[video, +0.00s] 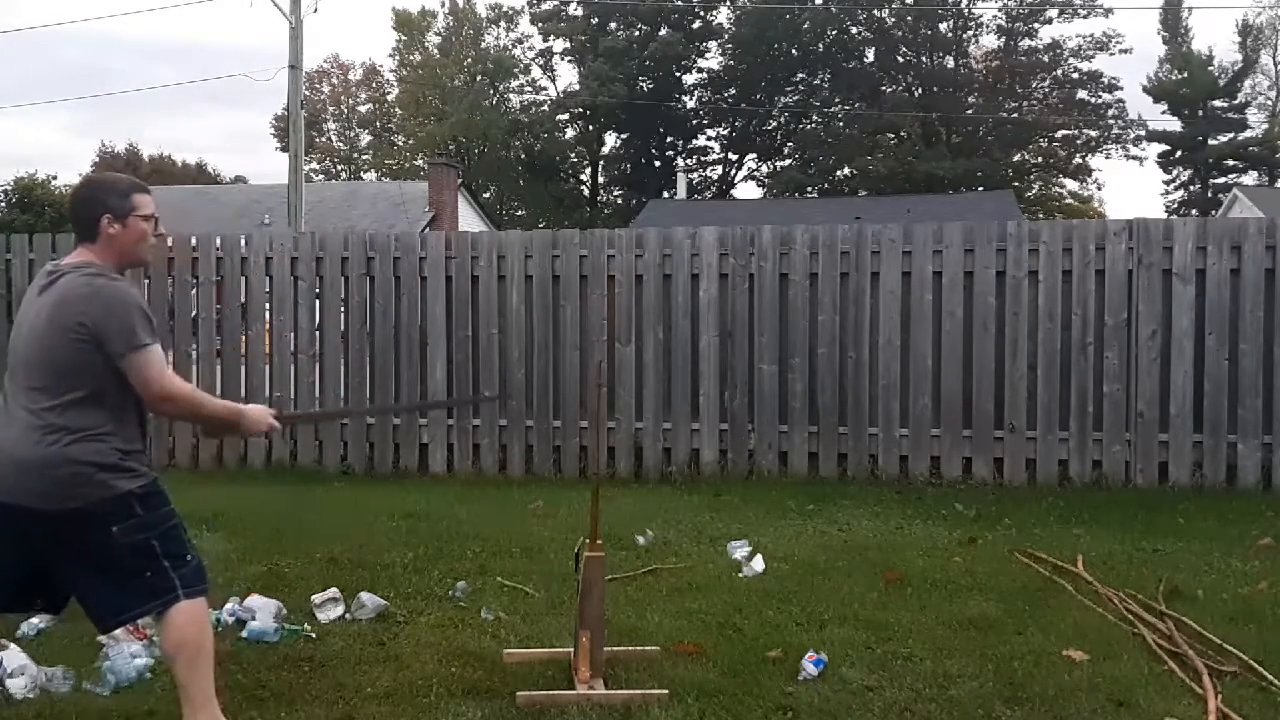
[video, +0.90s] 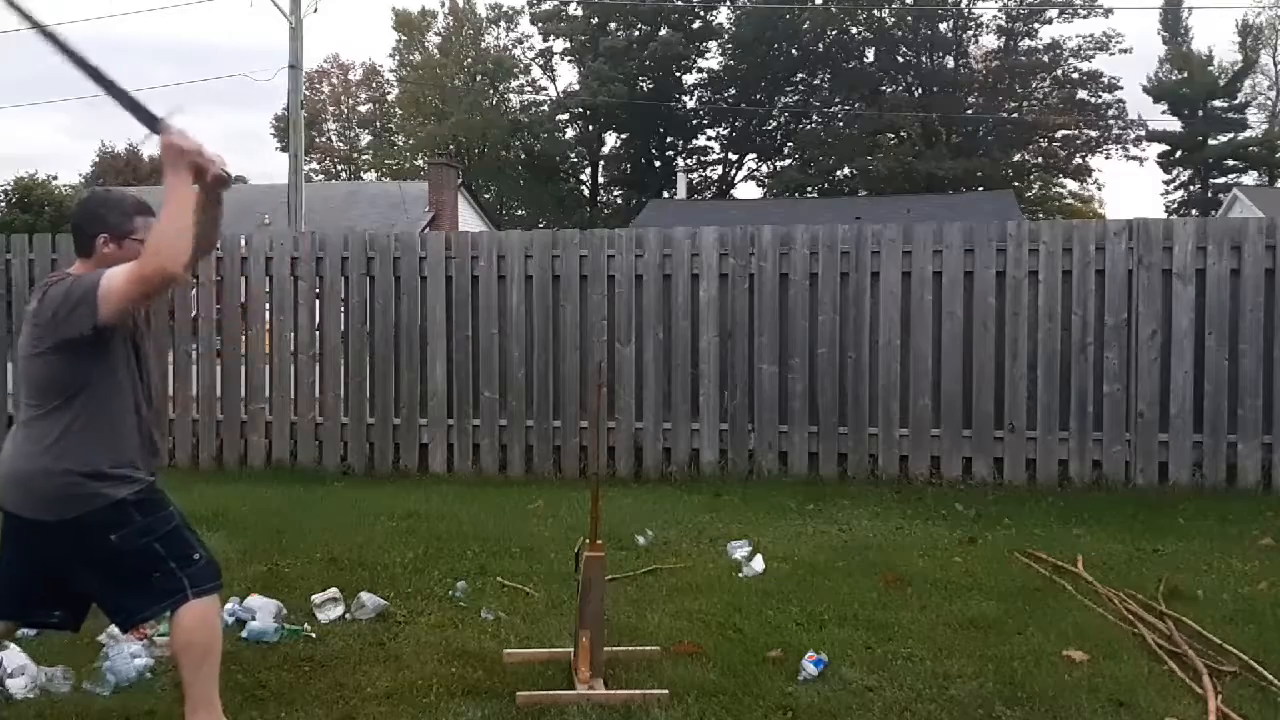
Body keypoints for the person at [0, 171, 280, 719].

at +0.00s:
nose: (156, 230)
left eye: (154, 219)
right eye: (148, 219)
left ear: (101, 227)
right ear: (110, 225)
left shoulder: (48, 282)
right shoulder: (109, 293)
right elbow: (161, 392)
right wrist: (240, 415)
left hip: (19, 478)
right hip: (95, 479)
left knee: (9, 602)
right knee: (182, 589)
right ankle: (204, 712)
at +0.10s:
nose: (158, 232)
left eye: (157, 221)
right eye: (149, 221)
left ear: (101, 228)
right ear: (110, 226)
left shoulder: (51, 285)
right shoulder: (107, 297)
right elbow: (171, 386)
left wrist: (213, 390)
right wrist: (255, 404)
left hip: (19, 479)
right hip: (95, 480)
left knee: (9, 604)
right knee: (184, 589)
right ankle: (204, 712)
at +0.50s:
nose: (161, 245)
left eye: (160, 234)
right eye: (152, 234)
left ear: (111, 240)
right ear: (113, 239)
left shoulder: (78, 287)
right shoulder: (103, 305)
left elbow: (190, 327)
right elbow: (194, 367)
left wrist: (273, 339)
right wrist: (285, 344)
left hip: (23, 490)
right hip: (95, 488)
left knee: (10, 610)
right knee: (185, 590)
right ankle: (204, 711)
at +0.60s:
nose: (158, 248)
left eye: (157, 238)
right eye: (150, 237)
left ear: (107, 241)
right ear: (110, 240)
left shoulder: (84, 285)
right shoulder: (93, 300)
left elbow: (194, 303)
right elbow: (198, 341)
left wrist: (271, 292)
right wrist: (276, 289)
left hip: (22, 487)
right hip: (90, 487)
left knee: (12, 612)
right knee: (186, 587)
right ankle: (204, 712)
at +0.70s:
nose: (153, 251)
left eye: (154, 241)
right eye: (147, 241)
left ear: (103, 242)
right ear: (107, 241)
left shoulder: (70, 285)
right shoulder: (85, 298)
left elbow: (189, 276)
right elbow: (193, 308)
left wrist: (255, 254)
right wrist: (251, 236)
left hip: (23, 483)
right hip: (86, 485)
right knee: (188, 586)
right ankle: (204, 713)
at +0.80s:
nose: (156, 255)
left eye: (157, 243)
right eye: (146, 243)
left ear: (100, 244)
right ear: (106, 243)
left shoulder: (65, 289)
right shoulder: (78, 297)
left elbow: (176, 289)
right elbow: (181, 281)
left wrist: (230, 221)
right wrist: (214, 195)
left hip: (25, 489)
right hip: (93, 489)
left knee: (9, 612)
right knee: (191, 587)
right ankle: (204, 713)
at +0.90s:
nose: (152, 253)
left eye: (152, 240)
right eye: (141, 241)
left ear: (107, 244)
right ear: (105, 243)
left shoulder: (94, 293)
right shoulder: (67, 297)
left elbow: (183, 260)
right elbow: (163, 266)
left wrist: (209, 195)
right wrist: (179, 171)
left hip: (36, 485)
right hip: (93, 485)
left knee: (13, 612)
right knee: (196, 585)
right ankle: (205, 713)